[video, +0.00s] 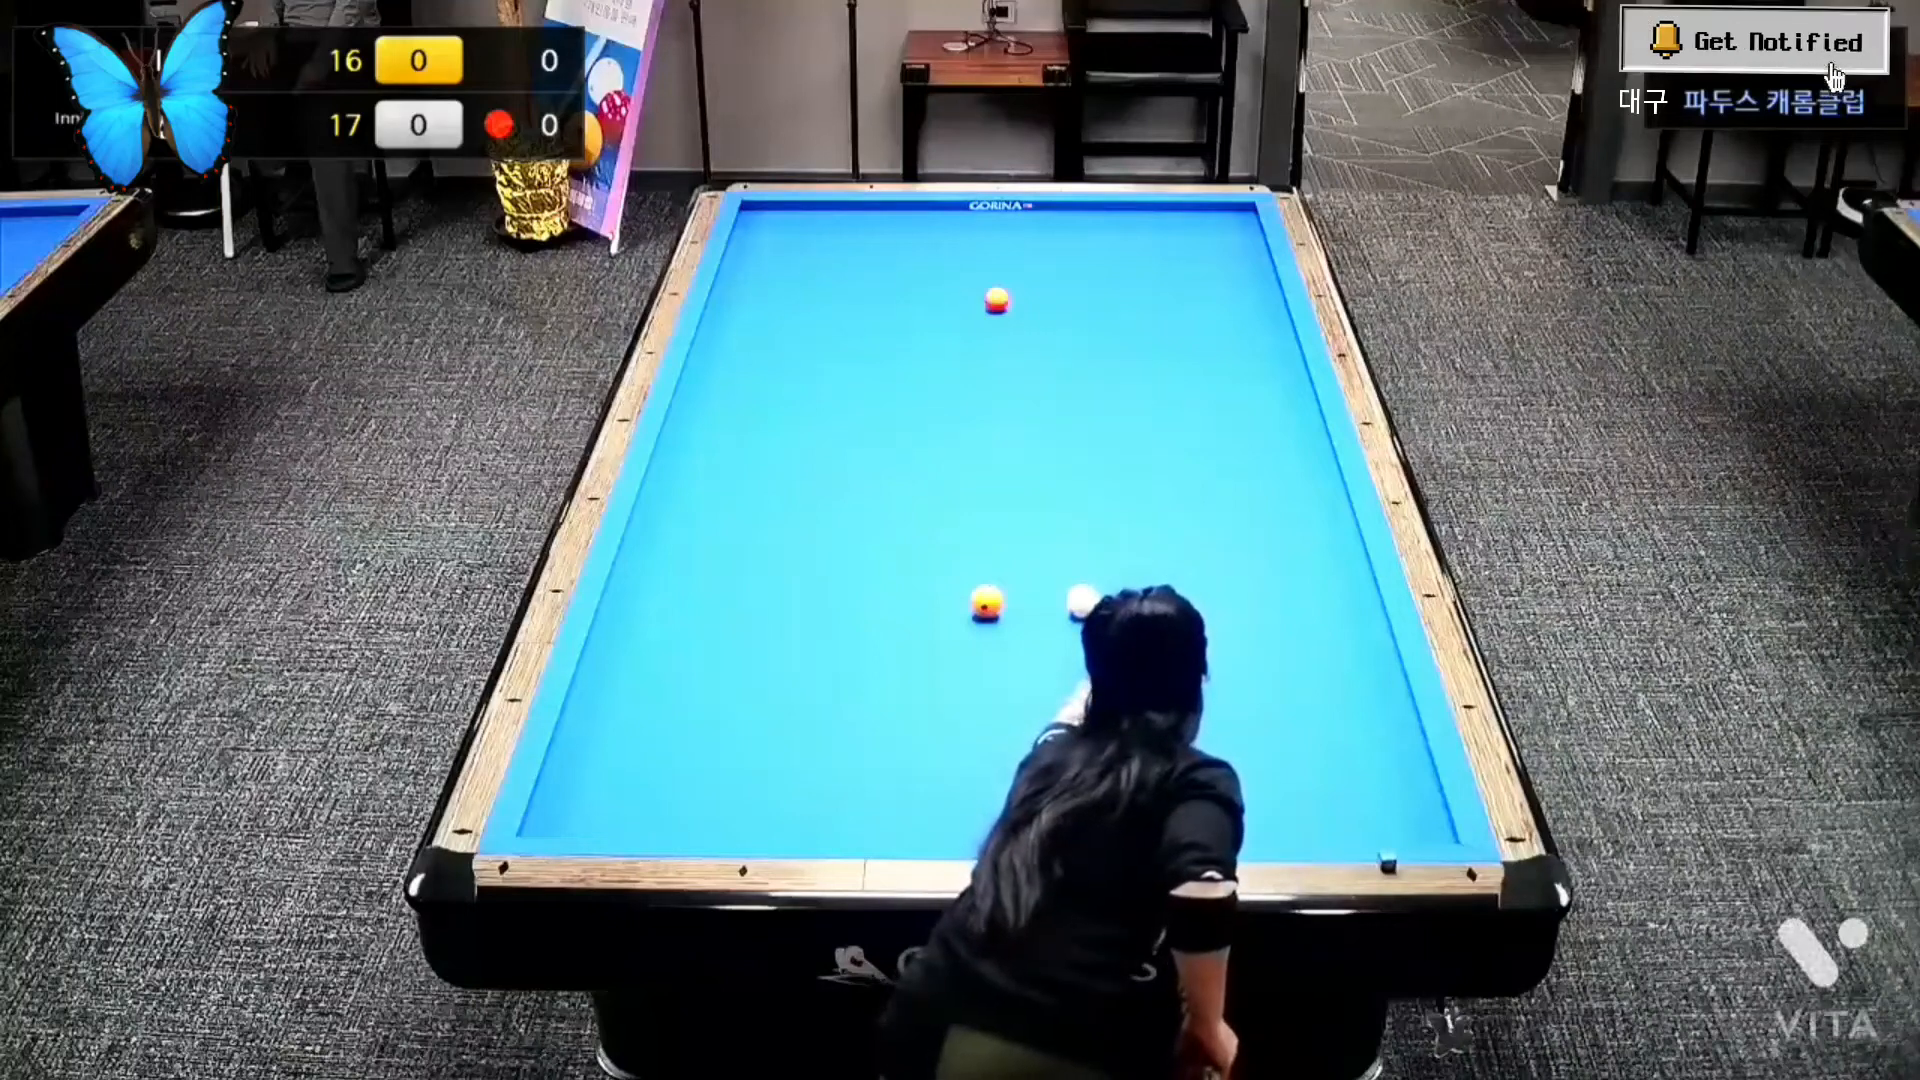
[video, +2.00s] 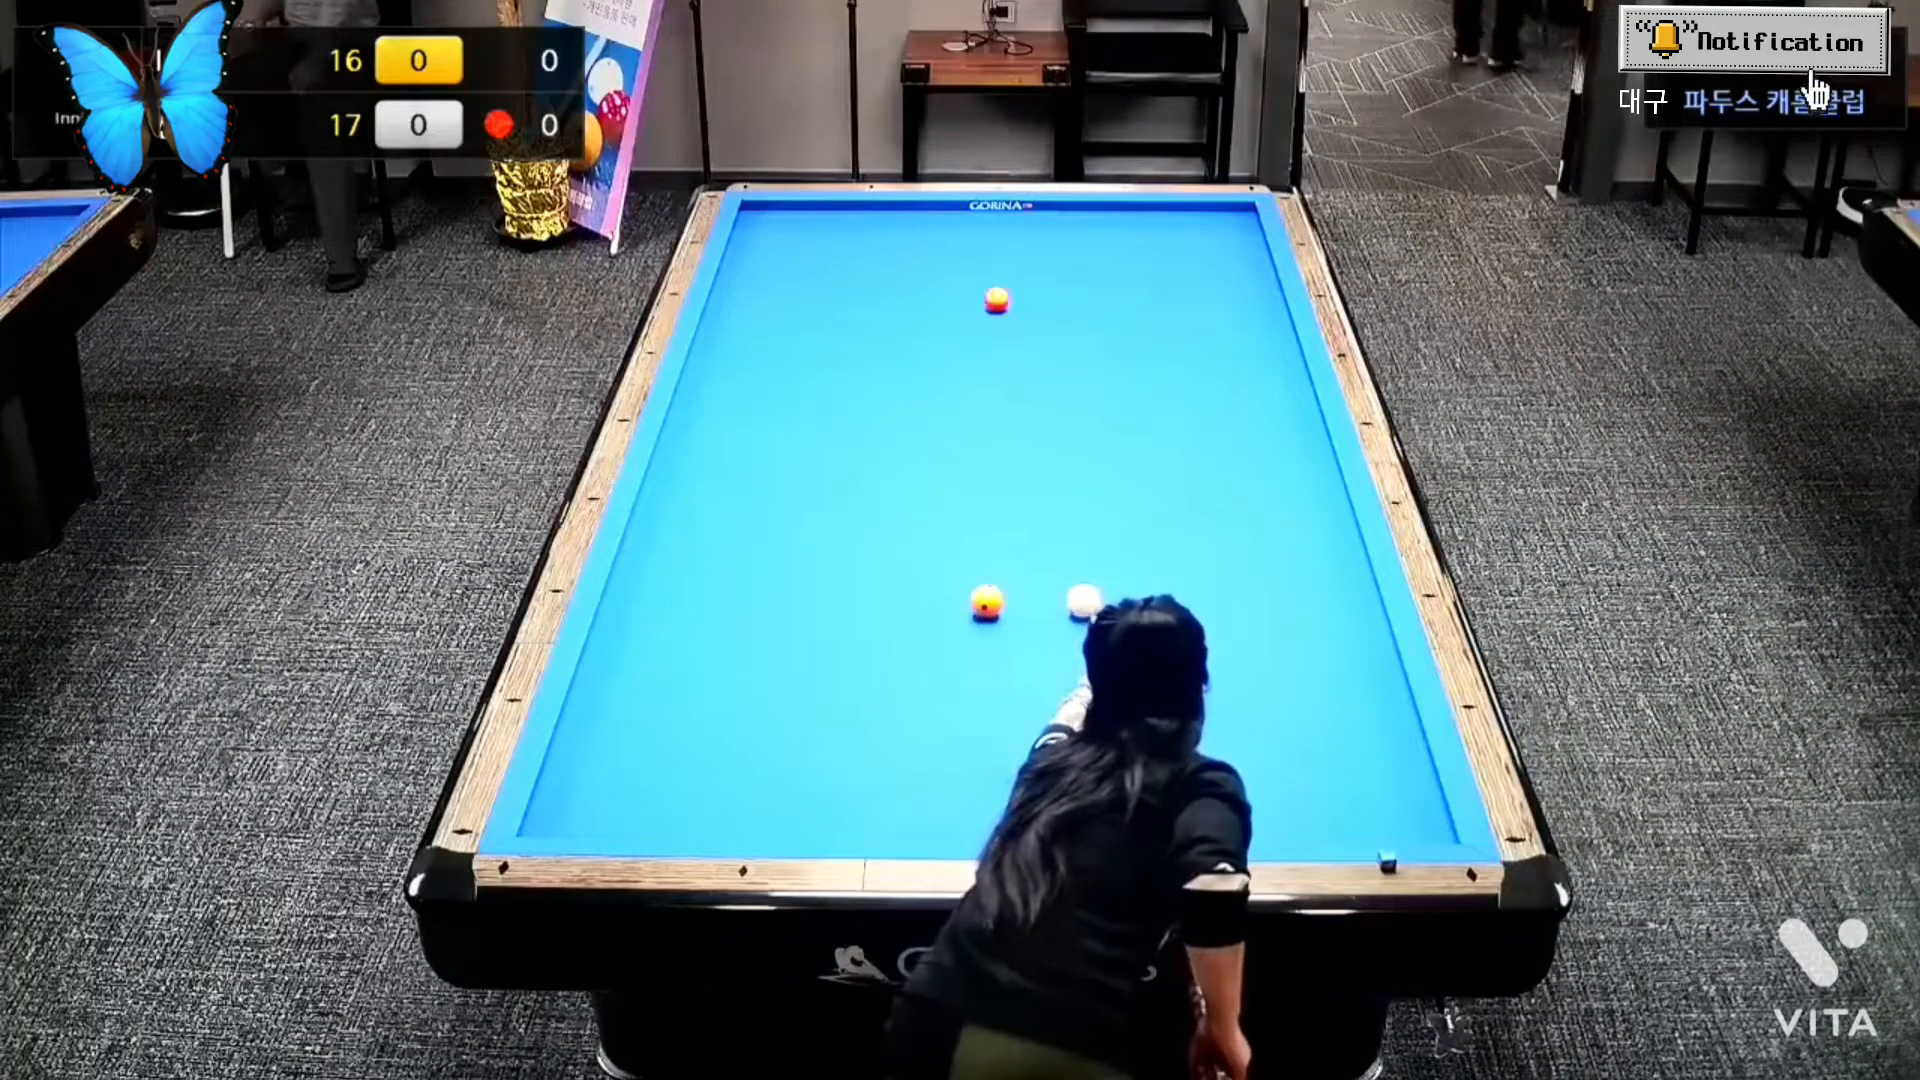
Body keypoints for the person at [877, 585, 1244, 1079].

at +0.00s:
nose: (1207, 673)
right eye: (1202, 662)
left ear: (1099, 676)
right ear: (1196, 676)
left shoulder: (1053, 754)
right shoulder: (1199, 777)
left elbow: (1072, 714)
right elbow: (1200, 893)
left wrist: (1104, 663)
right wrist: (1207, 1024)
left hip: (968, 1034)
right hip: (1089, 1050)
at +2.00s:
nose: (1209, 681)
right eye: (1204, 671)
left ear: (1099, 687)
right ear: (1195, 684)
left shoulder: (1052, 758)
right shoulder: (1205, 781)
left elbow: (1077, 704)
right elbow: (1212, 889)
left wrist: (1099, 669)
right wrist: (1222, 1024)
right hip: (1083, 1041)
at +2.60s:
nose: (1209, 683)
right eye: (1204, 673)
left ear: (1100, 687)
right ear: (1195, 686)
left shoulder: (1054, 757)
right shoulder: (1207, 782)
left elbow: (1080, 701)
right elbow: (1214, 887)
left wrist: (1104, 666)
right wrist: (1222, 1019)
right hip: (1094, 1040)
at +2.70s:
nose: (1210, 682)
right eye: (1205, 672)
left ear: (1100, 688)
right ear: (1196, 686)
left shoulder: (1054, 757)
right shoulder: (1208, 782)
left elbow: (1080, 701)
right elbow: (1215, 887)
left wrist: (1102, 668)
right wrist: (1223, 1019)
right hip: (1093, 1041)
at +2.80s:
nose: (1212, 681)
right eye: (1207, 671)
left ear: (1101, 687)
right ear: (1197, 685)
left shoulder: (1056, 756)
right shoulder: (1209, 780)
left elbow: (1081, 701)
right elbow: (1216, 888)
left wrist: (1106, 664)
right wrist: (1225, 1023)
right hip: (1092, 1042)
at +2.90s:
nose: (1213, 680)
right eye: (1208, 670)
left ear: (1102, 686)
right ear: (1200, 683)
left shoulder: (1055, 756)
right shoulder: (1210, 778)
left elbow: (1080, 703)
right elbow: (1219, 891)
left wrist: (1100, 670)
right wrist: (1229, 1044)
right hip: (1092, 1041)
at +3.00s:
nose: (1214, 677)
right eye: (1209, 667)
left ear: (1102, 682)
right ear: (1200, 679)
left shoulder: (1055, 755)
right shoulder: (1212, 776)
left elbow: (1079, 705)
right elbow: (1221, 894)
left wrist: (1097, 673)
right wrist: (1234, 1052)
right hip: (1091, 1038)